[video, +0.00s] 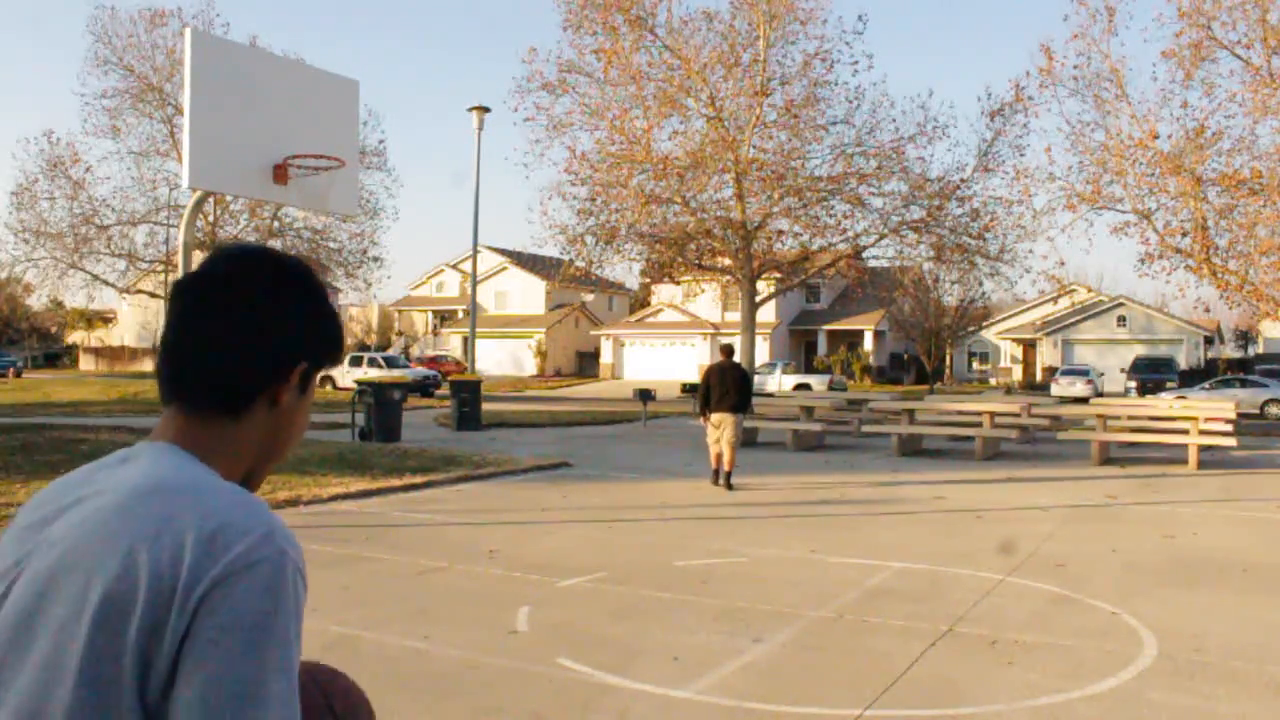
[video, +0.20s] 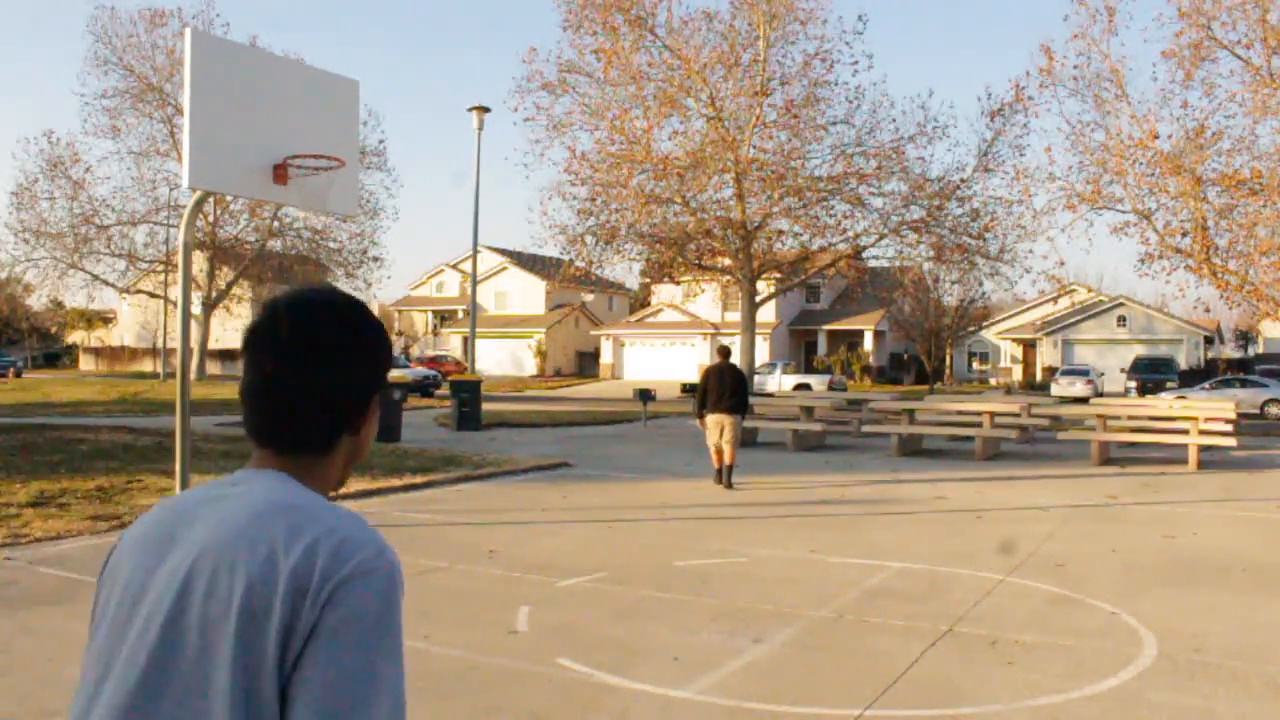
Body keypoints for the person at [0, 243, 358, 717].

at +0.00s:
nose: (306, 418)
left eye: (314, 391)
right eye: (313, 390)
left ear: (174, 358)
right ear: (290, 385)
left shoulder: (52, 497)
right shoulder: (247, 544)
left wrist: (271, 678)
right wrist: (293, 690)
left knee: (325, 688)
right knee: (331, 692)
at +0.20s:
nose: (378, 416)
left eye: (381, 397)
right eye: (381, 398)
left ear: (248, 396)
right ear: (368, 413)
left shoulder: (143, 533)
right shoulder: (349, 559)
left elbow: (101, 694)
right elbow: (343, 707)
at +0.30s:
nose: (427, 426)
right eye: (428, 410)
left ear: (308, 406)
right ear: (419, 423)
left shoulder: (215, 526)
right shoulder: (409, 551)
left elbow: (156, 688)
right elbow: (403, 708)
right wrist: (455, 692)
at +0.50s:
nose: (527, 412)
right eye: (529, 398)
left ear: (426, 377)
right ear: (520, 407)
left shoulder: (337, 481)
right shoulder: (507, 522)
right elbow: (503, 707)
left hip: (306, 709)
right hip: (427, 712)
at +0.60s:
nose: (565, 384)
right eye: (568, 371)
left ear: (469, 359)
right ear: (560, 380)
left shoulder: (375, 456)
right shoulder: (546, 489)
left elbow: (346, 621)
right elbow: (539, 675)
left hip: (358, 706)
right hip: (477, 709)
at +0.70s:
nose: (597, 363)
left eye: (597, 346)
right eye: (599, 348)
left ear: (507, 338)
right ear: (588, 357)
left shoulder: (417, 432)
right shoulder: (574, 454)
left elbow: (376, 585)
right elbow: (560, 631)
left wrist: (395, 684)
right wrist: (651, 697)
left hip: (399, 696)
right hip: (503, 700)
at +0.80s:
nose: (614, 364)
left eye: (614, 348)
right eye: (616, 350)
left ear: (531, 342)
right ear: (607, 357)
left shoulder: (451, 438)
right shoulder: (589, 444)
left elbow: (405, 584)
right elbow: (591, 599)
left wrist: (411, 696)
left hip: (441, 696)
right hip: (540, 696)